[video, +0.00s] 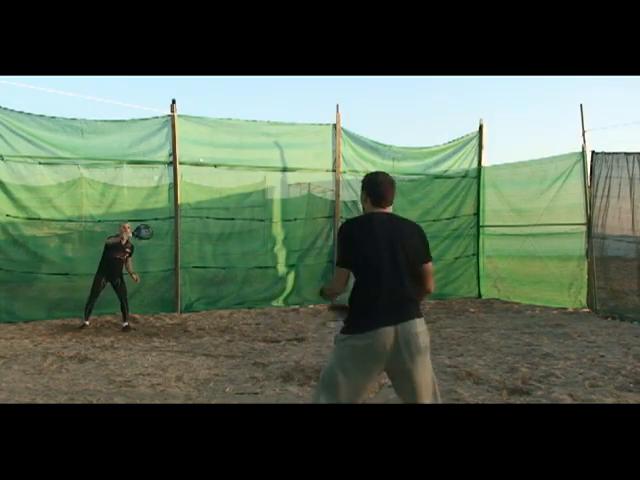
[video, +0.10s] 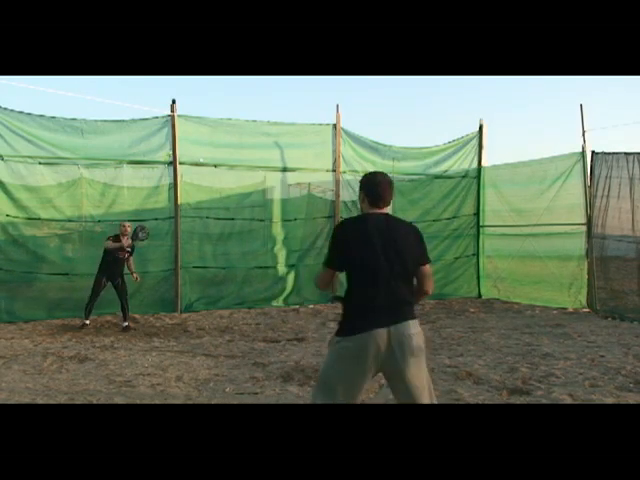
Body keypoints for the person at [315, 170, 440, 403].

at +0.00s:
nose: (361, 199)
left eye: (362, 195)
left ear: (365, 197)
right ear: (392, 199)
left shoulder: (350, 228)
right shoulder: (412, 229)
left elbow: (338, 286)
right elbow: (428, 285)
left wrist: (326, 291)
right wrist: (404, 300)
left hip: (367, 333)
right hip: (412, 331)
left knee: (330, 397)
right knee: (424, 399)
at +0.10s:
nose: (359, 198)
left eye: (360, 195)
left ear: (362, 197)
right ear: (390, 199)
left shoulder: (346, 229)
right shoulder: (409, 230)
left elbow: (324, 281)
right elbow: (426, 286)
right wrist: (405, 298)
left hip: (359, 334)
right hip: (406, 332)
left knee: (328, 399)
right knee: (421, 399)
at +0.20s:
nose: (354, 195)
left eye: (354, 191)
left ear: (356, 194)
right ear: (384, 196)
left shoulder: (337, 227)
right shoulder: (401, 229)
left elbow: (310, 272)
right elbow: (422, 286)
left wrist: (330, 231)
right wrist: (401, 296)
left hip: (346, 332)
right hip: (393, 330)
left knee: (320, 398)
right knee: (412, 399)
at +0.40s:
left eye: (348, 183)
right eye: (375, 182)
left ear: (347, 186)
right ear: (376, 187)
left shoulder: (326, 218)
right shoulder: (390, 222)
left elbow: (301, 250)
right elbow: (426, 269)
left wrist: (313, 224)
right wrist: (419, 261)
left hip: (336, 327)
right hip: (383, 325)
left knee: (322, 397)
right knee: (396, 397)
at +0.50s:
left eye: (349, 187)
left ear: (348, 192)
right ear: (378, 194)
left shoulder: (328, 224)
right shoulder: (392, 227)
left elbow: (299, 259)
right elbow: (431, 263)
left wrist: (290, 251)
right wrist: (416, 229)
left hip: (337, 333)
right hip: (384, 331)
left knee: (320, 398)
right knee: (390, 398)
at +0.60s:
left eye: (350, 191)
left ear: (348, 195)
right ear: (377, 197)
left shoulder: (328, 228)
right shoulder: (390, 228)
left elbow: (297, 277)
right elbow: (418, 254)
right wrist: (412, 217)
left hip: (343, 335)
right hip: (387, 331)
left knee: (315, 399)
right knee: (391, 399)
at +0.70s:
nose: (337, 187)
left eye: (339, 183)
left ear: (339, 188)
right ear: (368, 193)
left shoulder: (325, 222)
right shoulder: (379, 222)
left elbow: (309, 276)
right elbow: (381, 251)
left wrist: (282, 312)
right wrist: (380, 204)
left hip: (349, 329)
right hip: (388, 322)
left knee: (318, 397)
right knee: (392, 396)